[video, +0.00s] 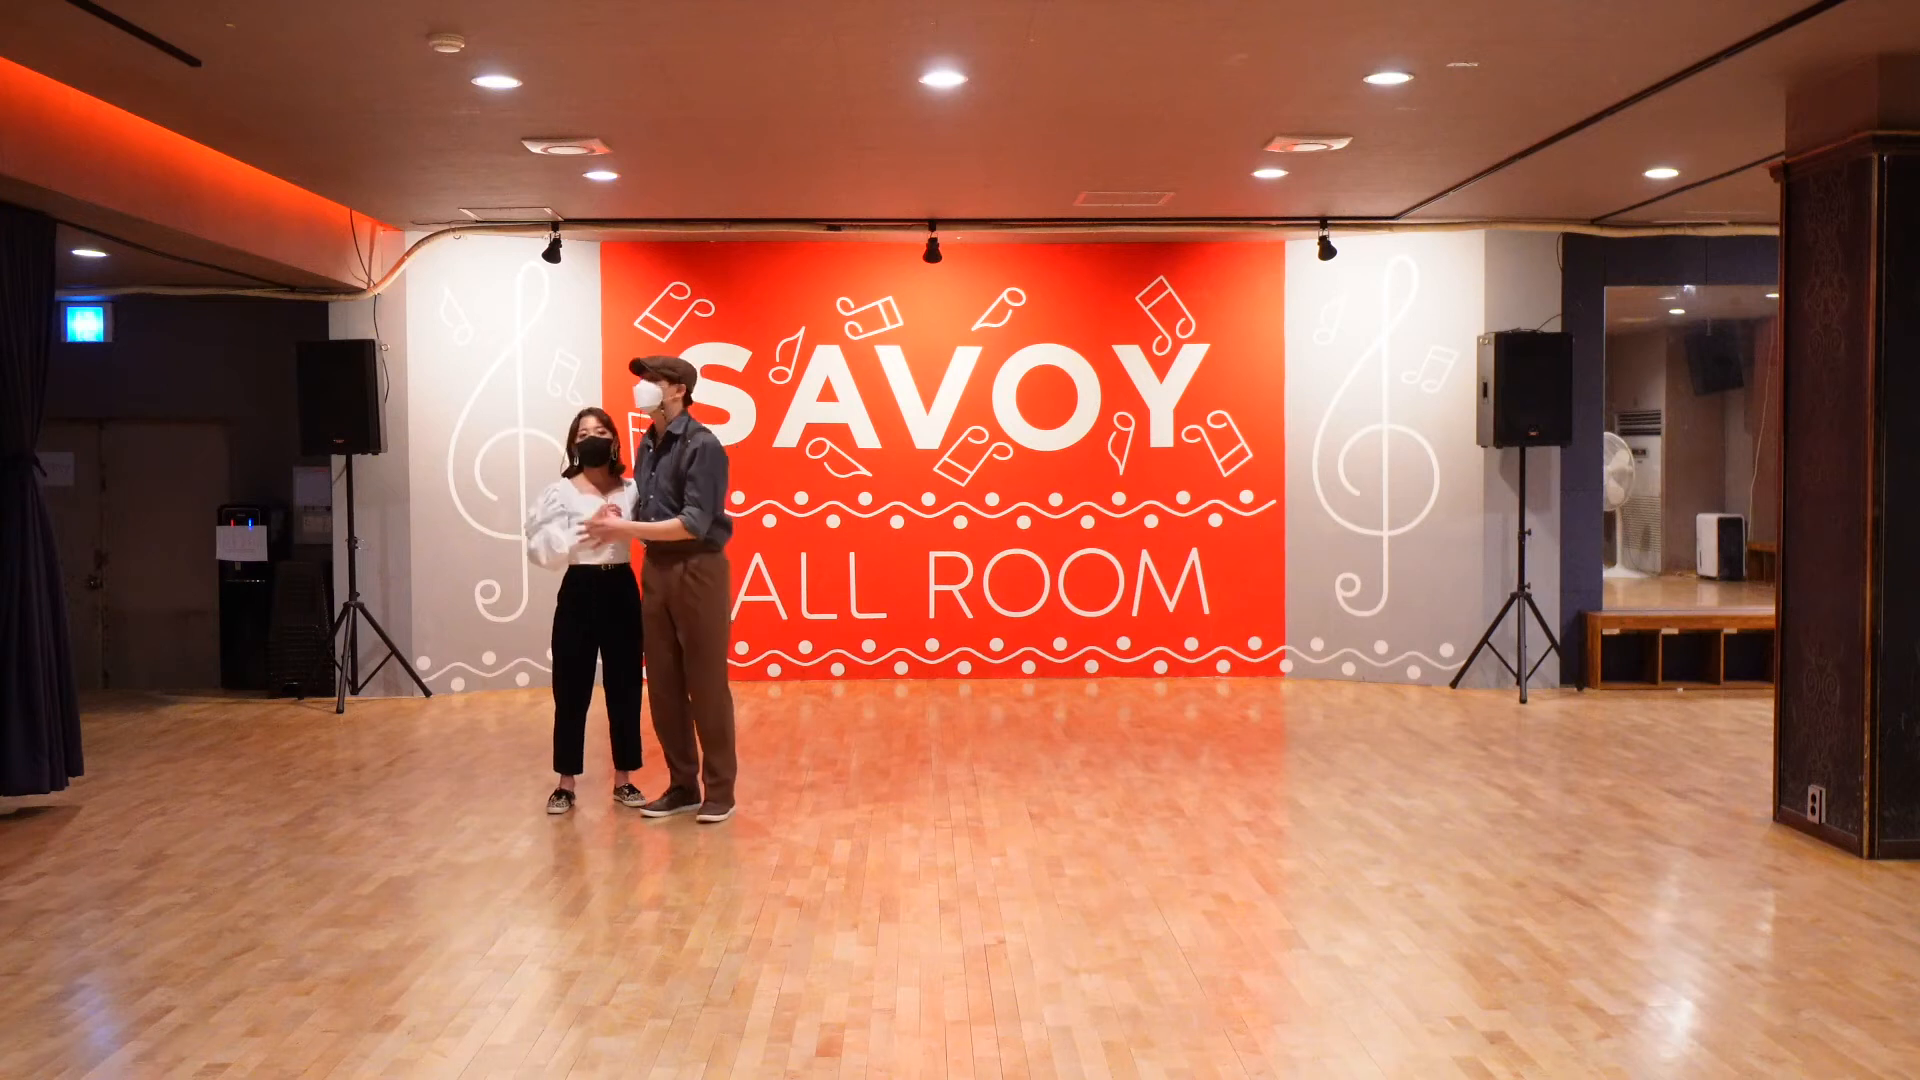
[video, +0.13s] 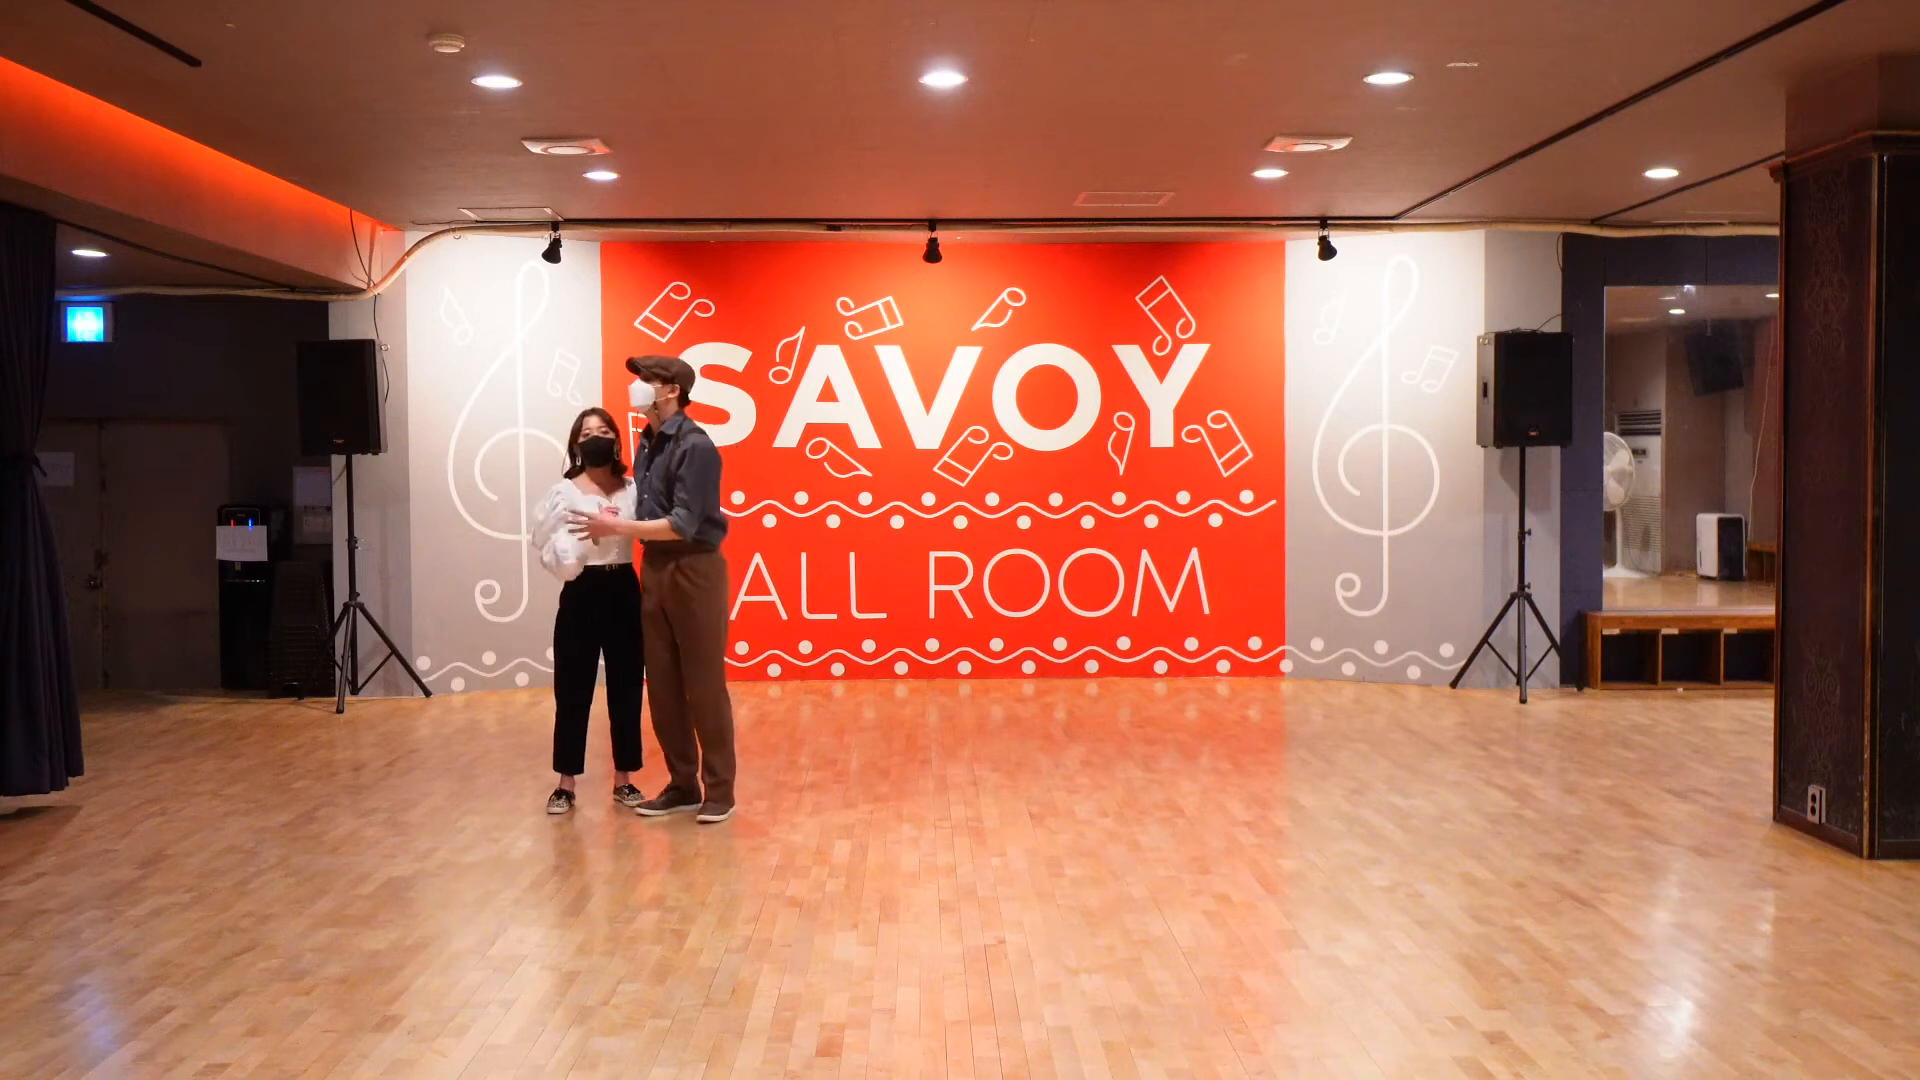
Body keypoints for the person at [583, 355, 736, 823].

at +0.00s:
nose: (641, 388)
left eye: (652, 381)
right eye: (642, 380)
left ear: (678, 390)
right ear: (655, 392)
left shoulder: (704, 446)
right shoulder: (648, 447)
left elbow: (695, 525)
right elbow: (645, 510)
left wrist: (626, 528)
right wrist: (611, 522)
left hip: (699, 570)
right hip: (657, 568)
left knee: (707, 683)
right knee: (664, 684)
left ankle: (720, 793)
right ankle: (683, 787)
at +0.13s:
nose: (635, 385)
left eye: (645, 380)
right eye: (637, 378)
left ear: (672, 391)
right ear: (659, 393)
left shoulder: (696, 446)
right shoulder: (648, 442)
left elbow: (684, 525)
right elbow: (641, 507)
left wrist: (619, 526)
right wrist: (600, 515)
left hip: (696, 569)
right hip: (656, 567)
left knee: (704, 683)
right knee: (665, 683)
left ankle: (720, 793)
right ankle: (683, 786)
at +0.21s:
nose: (634, 390)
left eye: (643, 384)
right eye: (636, 382)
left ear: (668, 393)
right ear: (658, 394)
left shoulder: (692, 448)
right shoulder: (648, 443)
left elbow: (678, 528)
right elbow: (640, 507)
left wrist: (612, 532)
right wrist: (599, 518)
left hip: (692, 572)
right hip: (653, 569)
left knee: (693, 682)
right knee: (657, 685)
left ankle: (719, 793)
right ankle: (682, 788)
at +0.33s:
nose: (632, 399)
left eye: (641, 393)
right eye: (634, 392)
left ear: (664, 402)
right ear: (656, 403)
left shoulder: (686, 456)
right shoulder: (651, 452)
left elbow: (682, 540)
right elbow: (643, 517)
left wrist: (615, 540)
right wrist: (603, 523)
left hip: (684, 579)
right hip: (651, 576)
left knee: (662, 686)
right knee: (648, 688)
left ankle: (706, 784)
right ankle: (680, 787)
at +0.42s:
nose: (627, 398)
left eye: (634, 392)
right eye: (629, 391)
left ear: (657, 401)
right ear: (653, 402)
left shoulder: (681, 455)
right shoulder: (649, 451)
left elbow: (684, 539)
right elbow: (640, 514)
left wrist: (616, 540)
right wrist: (602, 524)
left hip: (680, 577)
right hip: (649, 574)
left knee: (651, 680)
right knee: (648, 681)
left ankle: (683, 790)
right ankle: (674, 788)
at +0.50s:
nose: (623, 394)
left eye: (630, 388)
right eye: (625, 387)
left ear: (652, 397)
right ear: (651, 398)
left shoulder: (674, 452)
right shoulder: (647, 445)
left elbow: (686, 535)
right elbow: (642, 517)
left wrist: (624, 549)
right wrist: (607, 535)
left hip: (677, 575)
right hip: (652, 572)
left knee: (644, 675)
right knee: (661, 677)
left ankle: (647, 794)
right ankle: (682, 786)